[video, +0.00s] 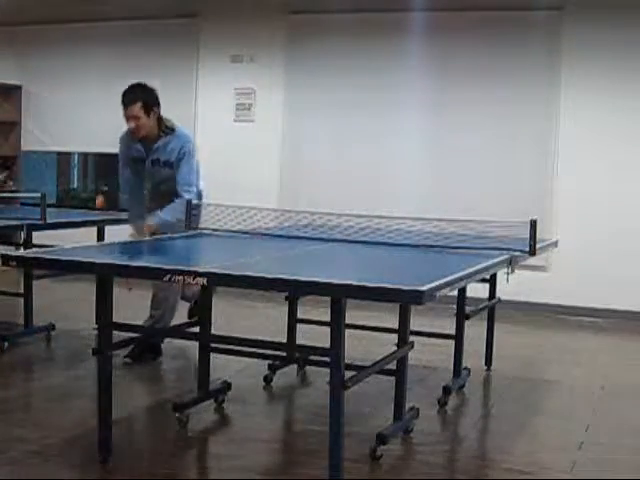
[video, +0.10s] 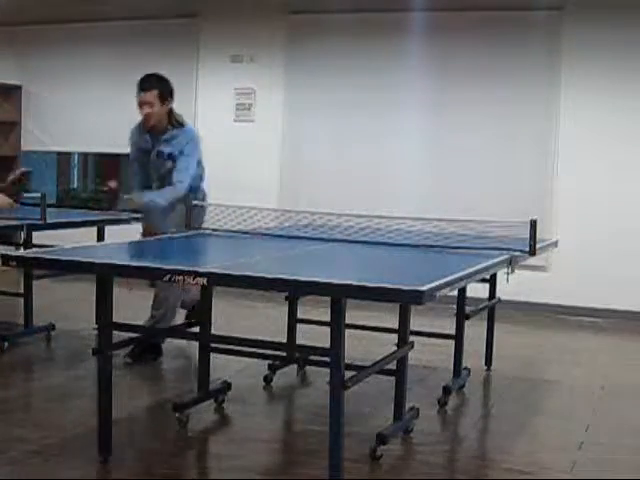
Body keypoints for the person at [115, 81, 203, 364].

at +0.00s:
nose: (131, 126)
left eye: (136, 119)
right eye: (128, 119)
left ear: (154, 113)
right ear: (125, 117)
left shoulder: (181, 143)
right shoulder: (128, 142)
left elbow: (187, 198)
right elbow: (129, 189)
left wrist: (153, 222)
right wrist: (138, 227)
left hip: (183, 215)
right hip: (152, 216)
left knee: (168, 274)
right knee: (153, 268)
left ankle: (152, 337)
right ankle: (196, 291)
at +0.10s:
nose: (144, 112)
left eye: (149, 105)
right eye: (141, 105)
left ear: (167, 104)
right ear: (138, 105)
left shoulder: (187, 137)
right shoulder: (139, 134)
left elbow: (180, 186)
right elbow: (137, 180)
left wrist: (142, 200)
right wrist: (146, 218)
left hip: (185, 211)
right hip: (156, 209)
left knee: (171, 271)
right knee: (150, 264)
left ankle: (153, 336)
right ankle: (195, 297)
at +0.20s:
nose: (162, 102)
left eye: (168, 96)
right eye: (158, 95)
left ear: (183, 98)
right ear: (155, 98)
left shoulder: (197, 135)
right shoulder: (152, 130)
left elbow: (181, 178)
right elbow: (150, 171)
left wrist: (145, 172)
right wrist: (148, 215)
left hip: (189, 207)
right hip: (158, 205)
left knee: (170, 271)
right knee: (161, 268)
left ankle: (153, 337)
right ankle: (194, 312)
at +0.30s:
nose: (179, 100)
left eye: (185, 95)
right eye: (176, 94)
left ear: (200, 97)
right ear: (171, 96)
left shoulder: (210, 134)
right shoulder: (168, 129)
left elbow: (199, 171)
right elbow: (156, 177)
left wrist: (160, 156)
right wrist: (152, 215)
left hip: (199, 203)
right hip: (170, 201)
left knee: (179, 271)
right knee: (174, 269)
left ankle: (152, 339)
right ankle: (197, 321)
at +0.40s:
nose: (196, 97)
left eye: (202, 92)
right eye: (191, 91)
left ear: (213, 94)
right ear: (184, 92)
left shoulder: (223, 130)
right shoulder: (178, 129)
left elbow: (222, 171)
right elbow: (165, 176)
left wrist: (178, 155)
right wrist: (156, 216)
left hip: (210, 205)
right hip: (181, 204)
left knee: (193, 271)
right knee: (187, 271)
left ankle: (159, 333)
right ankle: (201, 328)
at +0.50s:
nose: (208, 90)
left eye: (215, 86)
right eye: (204, 84)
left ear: (223, 90)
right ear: (196, 86)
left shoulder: (234, 125)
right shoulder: (186, 125)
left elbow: (237, 168)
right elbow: (173, 171)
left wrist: (204, 175)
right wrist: (165, 213)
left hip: (221, 202)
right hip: (190, 201)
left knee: (201, 263)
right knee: (193, 263)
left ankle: (176, 326)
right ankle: (200, 325)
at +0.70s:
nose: (238, 86)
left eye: (243, 82)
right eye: (234, 80)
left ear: (247, 87)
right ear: (221, 80)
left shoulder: (255, 121)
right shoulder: (205, 120)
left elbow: (268, 162)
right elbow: (196, 164)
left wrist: (260, 192)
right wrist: (189, 204)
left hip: (246, 192)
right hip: (216, 190)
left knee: (238, 265)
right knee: (203, 258)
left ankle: (248, 325)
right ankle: (203, 325)